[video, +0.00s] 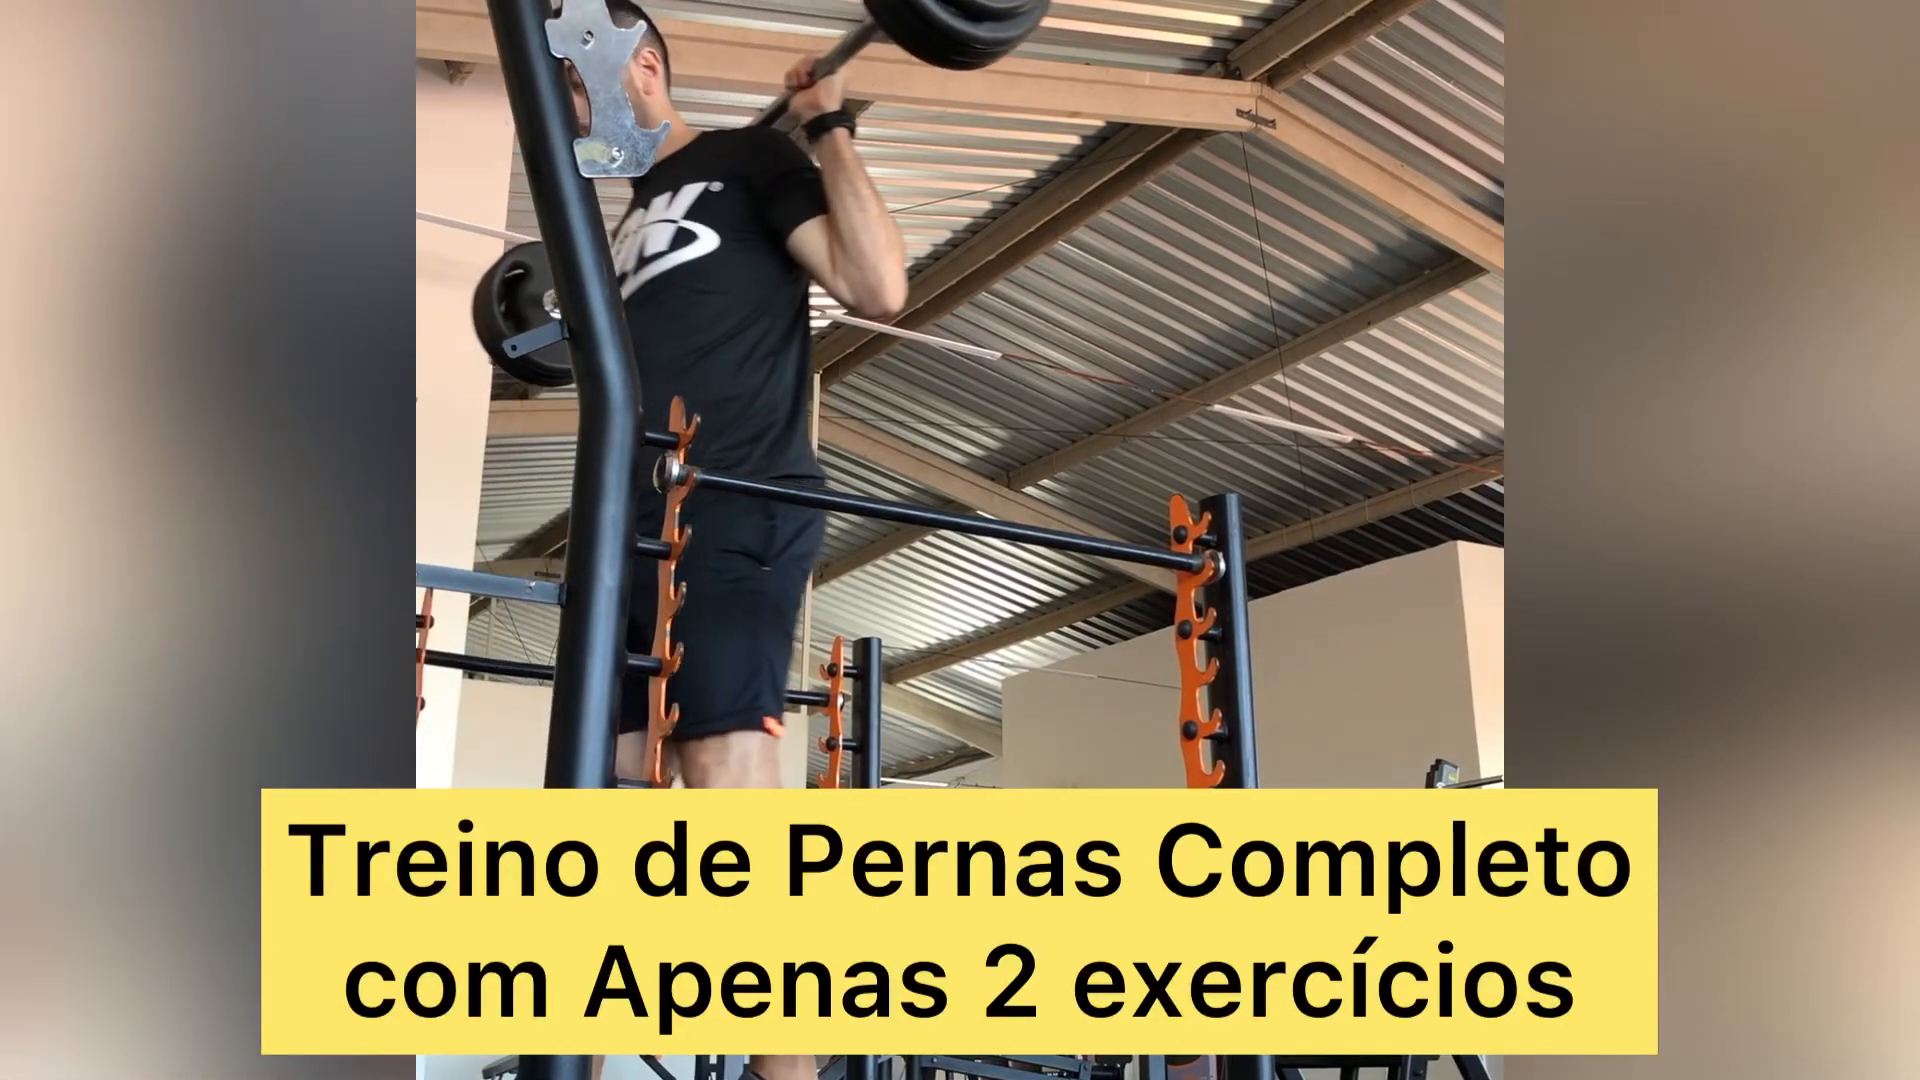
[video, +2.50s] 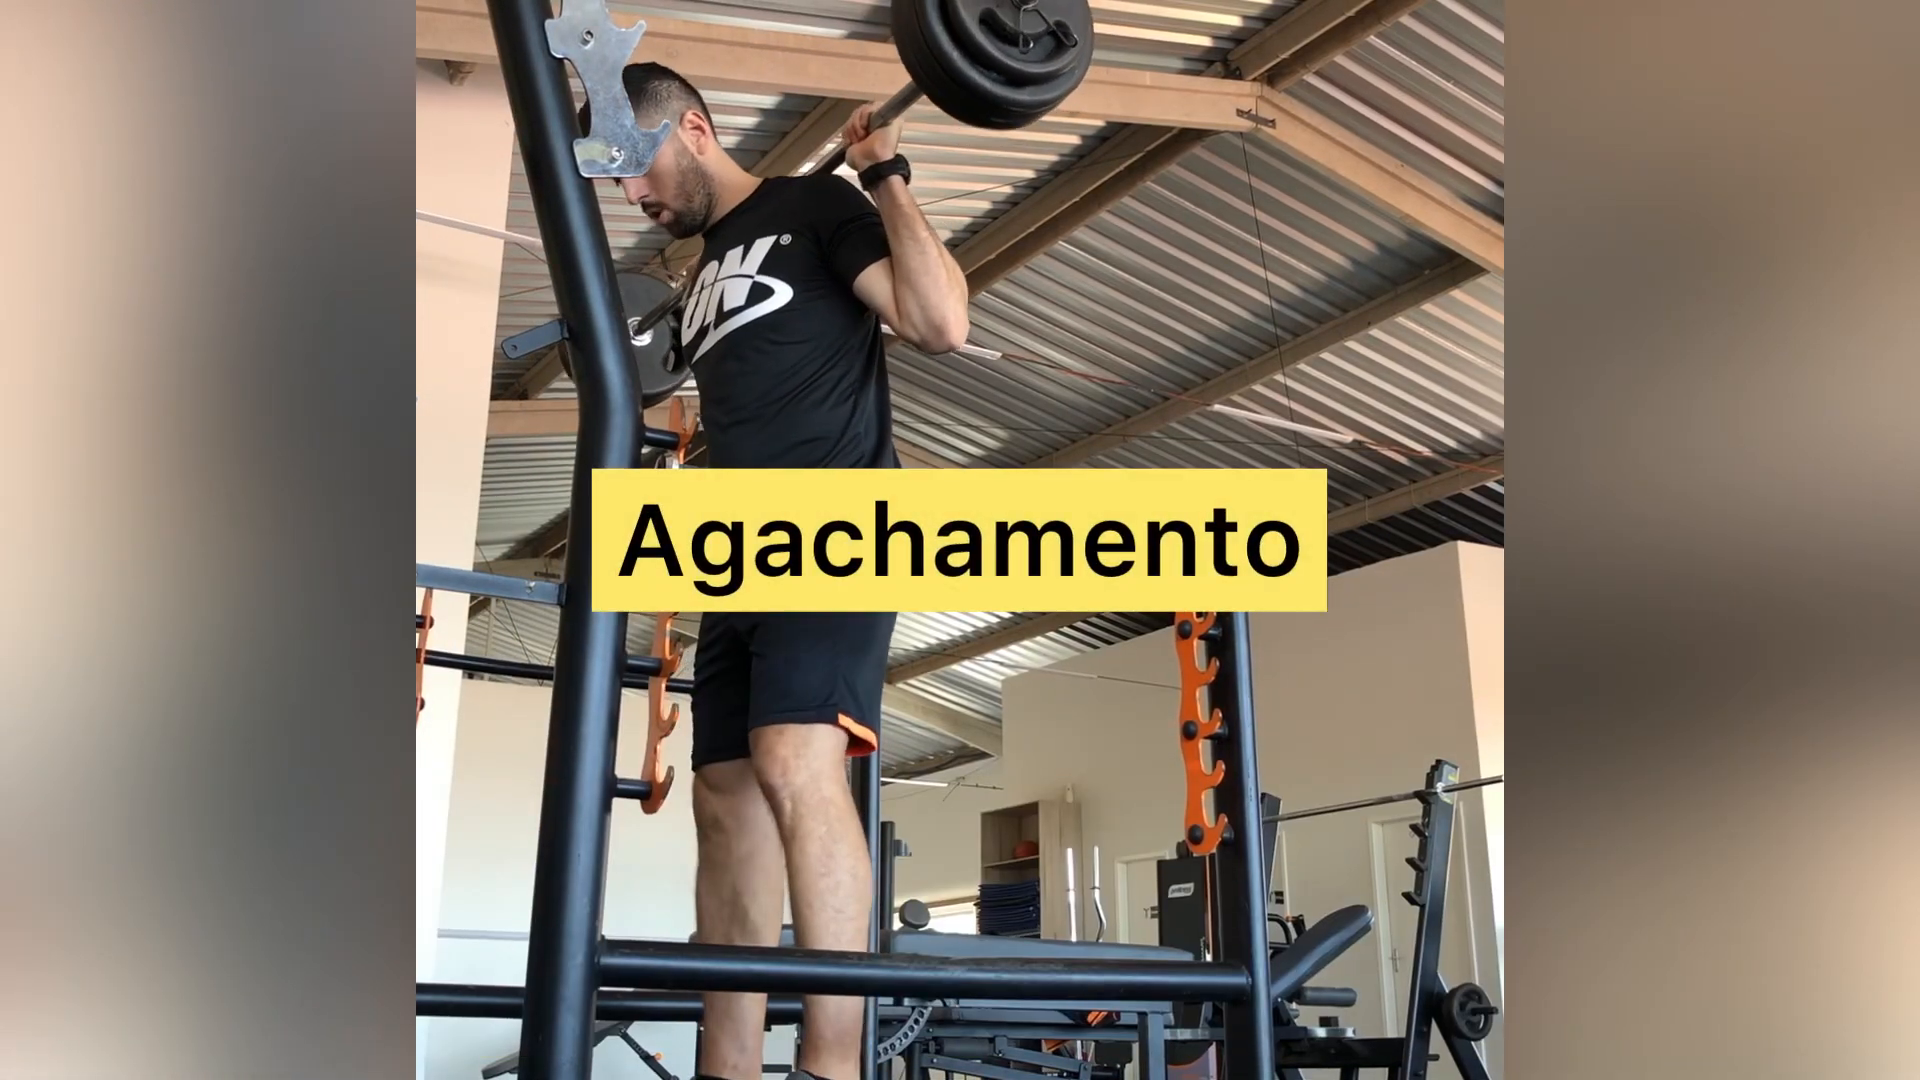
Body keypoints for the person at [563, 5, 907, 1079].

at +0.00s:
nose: (582, 95)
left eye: (600, 66)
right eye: (566, 76)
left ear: (652, 68)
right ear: (569, 95)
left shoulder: (748, 154)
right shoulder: (601, 217)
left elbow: (879, 293)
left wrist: (831, 135)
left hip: (743, 497)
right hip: (630, 503)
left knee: (726, 775)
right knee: (623, 769)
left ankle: (783, 1055)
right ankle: (609, 1046)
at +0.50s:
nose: (635, 155)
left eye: (643, 128)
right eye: (622, 139)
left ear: (692, 95)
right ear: (630, 136)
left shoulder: (800, 173)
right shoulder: (676, 254)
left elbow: (933, 304)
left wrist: (887, 151)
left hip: (801, 502)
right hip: (713, 514)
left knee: (769, 770)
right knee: (687, 772)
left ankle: (795, 1052)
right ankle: (725, 1051)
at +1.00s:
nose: (629, 193)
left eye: (634, 164)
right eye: (615, 177)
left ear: (690, 132)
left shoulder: (804, 211)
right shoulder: (687, 278)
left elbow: (931, 337)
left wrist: (883, 193)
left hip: (813, 517)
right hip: (731, 531)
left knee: (752, 747)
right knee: (705, 772)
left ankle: (813, 1015)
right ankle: (731, 1036)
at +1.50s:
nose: (655, 179)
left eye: (658, 148)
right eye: (640, 161)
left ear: (718, 114)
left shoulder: (836, 195)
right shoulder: (718, 262)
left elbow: (956, 327)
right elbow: (748, 413)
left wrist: (910, 169)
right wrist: (687, 442)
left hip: (836, 518)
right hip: (745, 531)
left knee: (809, 762)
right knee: (707, 784)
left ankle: (848, 1065)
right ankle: (727, 1066)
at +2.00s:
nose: (650, 178)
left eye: (654, 148)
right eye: (637, 160)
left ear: (714, 116)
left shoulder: (828, 193)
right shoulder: (708, 268)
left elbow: (946, 322)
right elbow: (704, 417)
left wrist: (904, 173)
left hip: (822, 527)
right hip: (721, 541)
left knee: (815, 764)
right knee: (706, 788)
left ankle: (848, 1065)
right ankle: (727, 1066)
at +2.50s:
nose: (634, 193)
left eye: (638, 163)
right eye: (620, 176)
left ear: (696, 128)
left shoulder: (816, 201)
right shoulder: (700, 281)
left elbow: (943, 323)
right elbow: (716, 434)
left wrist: (889, 183)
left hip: (829, 529)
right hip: (737, 543)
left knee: (797, 761)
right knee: (723, 791)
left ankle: (835, 1065)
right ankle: (730, 1067)